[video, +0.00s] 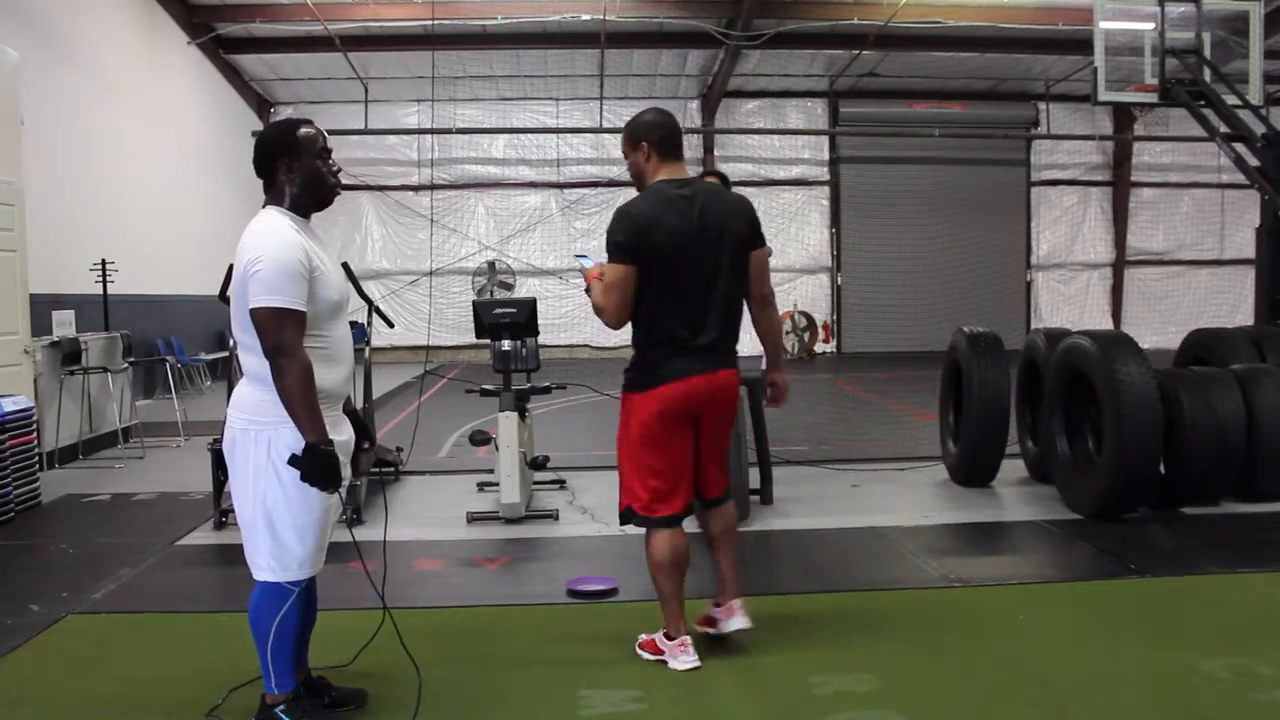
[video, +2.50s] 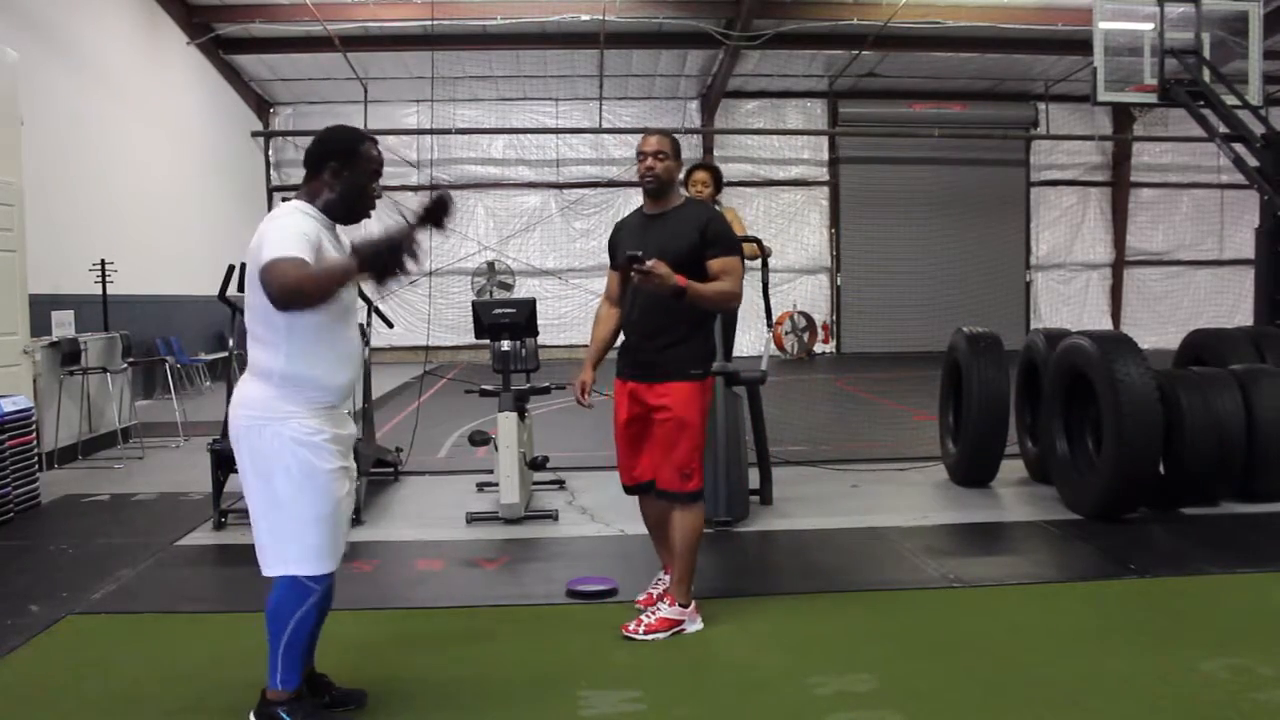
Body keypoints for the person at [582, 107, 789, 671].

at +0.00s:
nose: (627, 167)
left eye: (626, 157)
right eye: (626, 157)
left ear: (642, 152)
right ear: (678, 149)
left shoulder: (634, 216)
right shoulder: (735, 206)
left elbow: (615, 314)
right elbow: (761, 295)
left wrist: (596, 284)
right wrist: (775, 365)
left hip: (658, 389)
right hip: (720, 382)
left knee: (663, 517)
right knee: (715, 495)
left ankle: (676, 638)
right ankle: (730, 603)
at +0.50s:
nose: (618, 175)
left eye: (621, 166)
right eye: (617, 166)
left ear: (642, 163)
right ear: (663, 163)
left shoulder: (630, 219)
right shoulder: (706, 218)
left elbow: (614, 303)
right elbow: (719, 287)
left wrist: (577, 287)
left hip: (637, 384)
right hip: (688, 376)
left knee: (641, 501)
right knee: (660, 494)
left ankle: (674, 628)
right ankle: (651, 593)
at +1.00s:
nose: (612, 167)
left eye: (620, 159)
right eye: (612, 159)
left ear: (651, 165)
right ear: (646, 166)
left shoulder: (658, 214)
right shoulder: (649, 213)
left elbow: (650, 290)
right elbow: (643, 286)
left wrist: (588, 285)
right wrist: (589, 284)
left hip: (654, 375)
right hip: (650, 371)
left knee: (634, 490)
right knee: (645, 486)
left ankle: (677, 602)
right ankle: (653, 591)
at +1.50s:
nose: (623, 172)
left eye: (632, 163)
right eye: (622, 163)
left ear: (664, 164)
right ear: (635, 167)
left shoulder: (688, 222)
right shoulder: (653, 218)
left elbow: (682, 303)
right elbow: (652, 295)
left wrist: (610, 287)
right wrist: (607, 286)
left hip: (672, 382)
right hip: (637, 379)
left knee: (671, 493)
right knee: (621, 476)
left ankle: (681, 605)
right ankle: (651, 582)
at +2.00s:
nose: (654, 168)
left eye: (666, 160)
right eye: (648, 160)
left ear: (690, 164)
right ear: (644, 164)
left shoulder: (715, 223)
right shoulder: (637, 223)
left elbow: (721, 303)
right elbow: (622, 295)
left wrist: (657, 285)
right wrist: (591, 352)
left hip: (682, 380)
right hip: (629, 376)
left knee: (678, 492)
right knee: (612, 480)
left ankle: (681, 603)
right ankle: (659, 553)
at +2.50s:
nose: (649, 164)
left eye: (659, 157)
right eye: (642, 157)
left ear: (679, 166)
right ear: (635, 167)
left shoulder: (707, 219)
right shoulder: (625, 230)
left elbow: (731, 293)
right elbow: (612, 301)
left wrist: (675, 282)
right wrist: (590, 361)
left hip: (685, 375)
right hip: (635, 375)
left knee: (681, 487)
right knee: (646, 485)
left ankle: (681, 604)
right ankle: (673, 575)